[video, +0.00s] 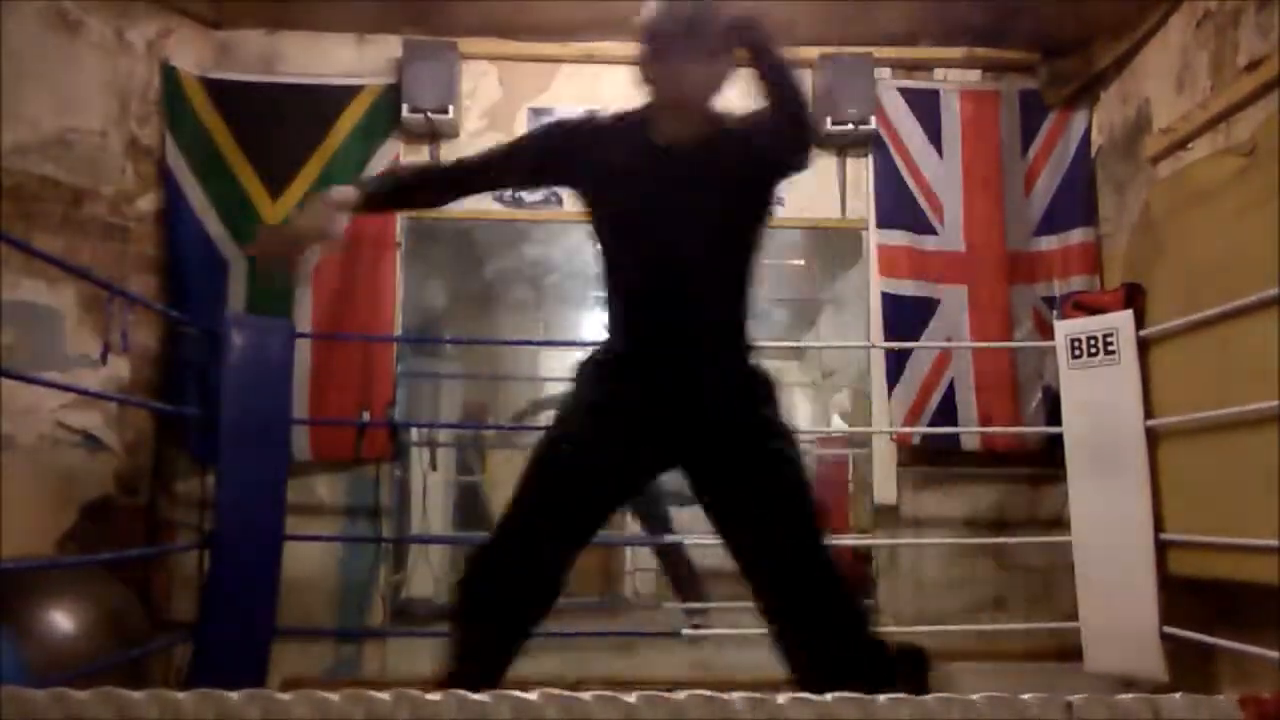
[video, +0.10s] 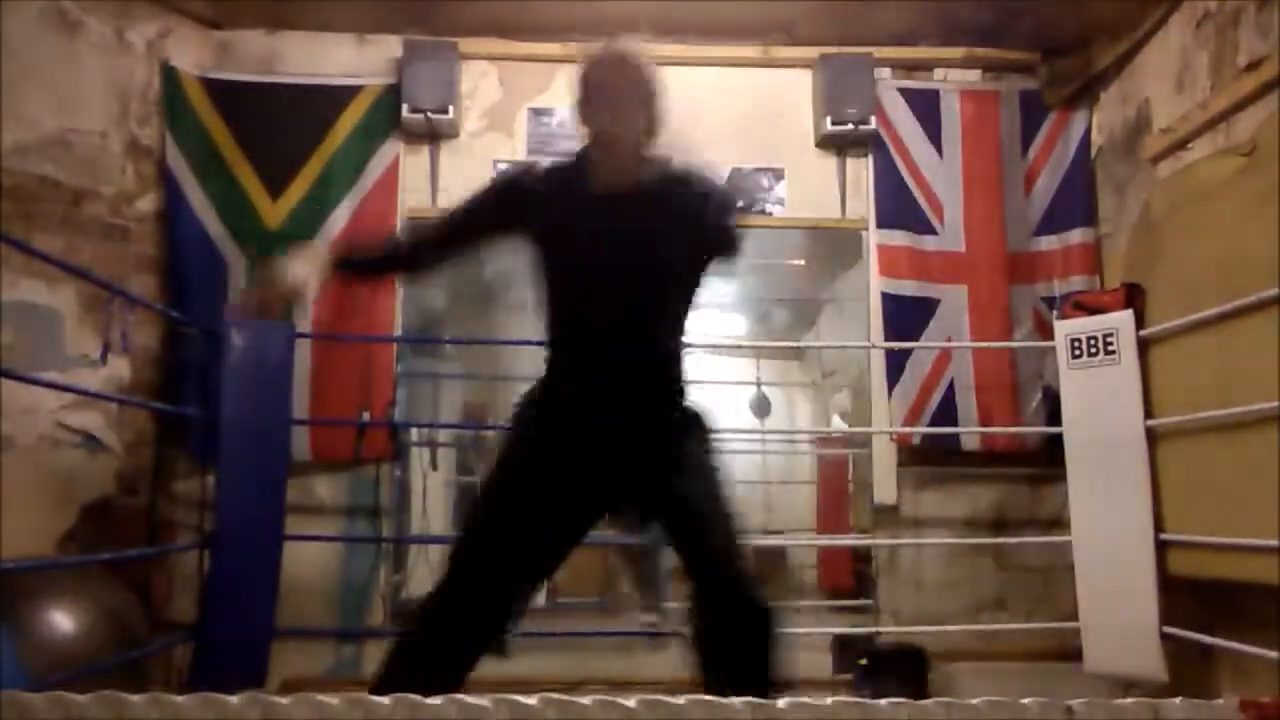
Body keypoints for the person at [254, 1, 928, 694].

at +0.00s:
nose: (681, 70)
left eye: (696, 54)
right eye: (669, 52)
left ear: (725, 65)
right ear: (645, 59)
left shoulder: (750, 148)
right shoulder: (596, 144)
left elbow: (796, 133)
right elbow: (470, 175)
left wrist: (759, 48)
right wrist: (354, 198)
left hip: (724, 395)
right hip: (623, 393)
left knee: (795, 569)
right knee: (522, 559)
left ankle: (865, 698)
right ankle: (463, 699)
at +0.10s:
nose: (610, 115)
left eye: (625, 100)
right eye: (597, 100)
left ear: (651, 111)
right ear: (582, 110)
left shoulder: (692, 202)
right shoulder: (539, 195)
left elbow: (722, 243)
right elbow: (427, 248)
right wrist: (343, 260)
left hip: (659, 429)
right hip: (564, 427)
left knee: (728, 589)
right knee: (473, 593)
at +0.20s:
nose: (560, 184)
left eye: (575, 168)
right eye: (548, 168)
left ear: (600, 181)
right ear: (530, 180)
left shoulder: (646, 272)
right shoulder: (494, 266)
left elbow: (659, 399)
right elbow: (424, 356)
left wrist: (615, 391)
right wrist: (360, 393)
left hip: (613, 480)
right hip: (518, 473)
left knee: (645, 649)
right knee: (430, 634)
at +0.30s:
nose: (542, 217)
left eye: (557, 200)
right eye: (528, 200)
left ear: (582, 209)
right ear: (508, 209)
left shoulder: (632, 293)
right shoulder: (481, 297)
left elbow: (643, 413)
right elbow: (456, 401)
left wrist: (642, 517)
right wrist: (428, 496)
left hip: (604, 495)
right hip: (509, 490)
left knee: (633, 664)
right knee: (423, 647)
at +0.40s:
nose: (570, 198)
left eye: (584, 183)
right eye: (557, 184)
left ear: (606, 192)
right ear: (541, 195)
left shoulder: (650, 270)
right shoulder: (503, 283)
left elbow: (700, 344)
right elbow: (485, 408)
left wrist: (729, 431)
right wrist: (558, 399)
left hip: (629, 470)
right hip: (536, 473)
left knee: (717, 606)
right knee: (454, 623)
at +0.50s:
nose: (641, 155)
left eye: (650, 143)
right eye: (629, 143)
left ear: (664, 153)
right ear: (607, 152)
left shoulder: (690, 213)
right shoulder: (573, 220)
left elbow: (775, 240)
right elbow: (588, 303)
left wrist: (804, 313)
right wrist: (669, 242)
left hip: (683, 425)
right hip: (603, 428)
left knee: (788, 562)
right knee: (531, 580)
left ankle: (769, 701)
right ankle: (443, 707)